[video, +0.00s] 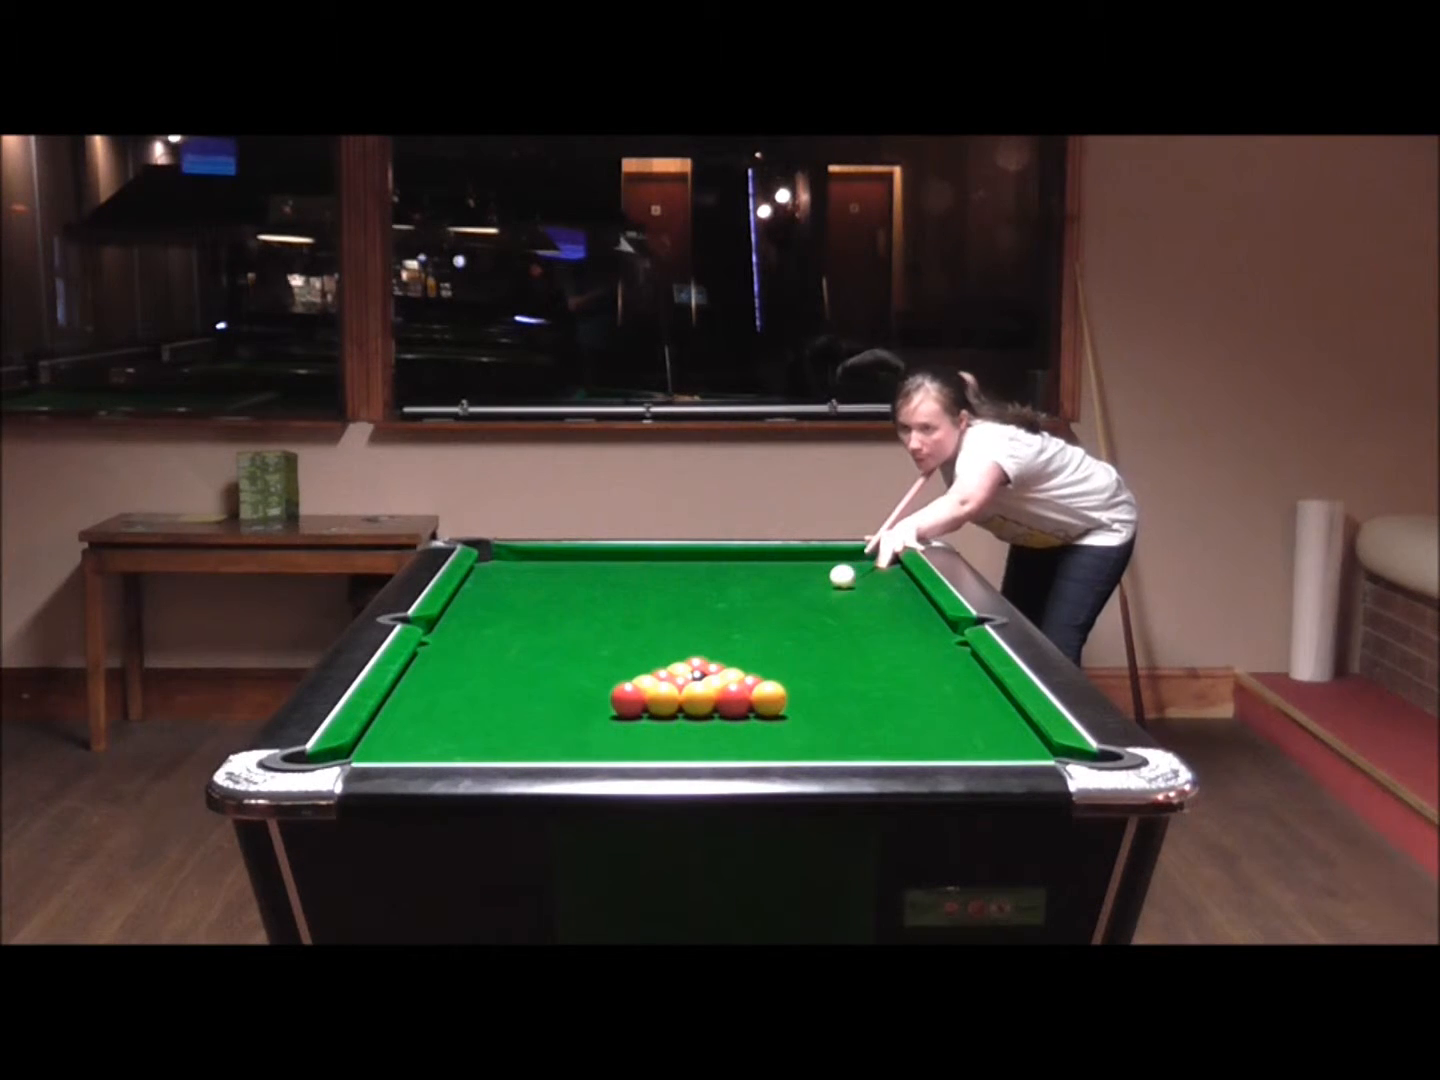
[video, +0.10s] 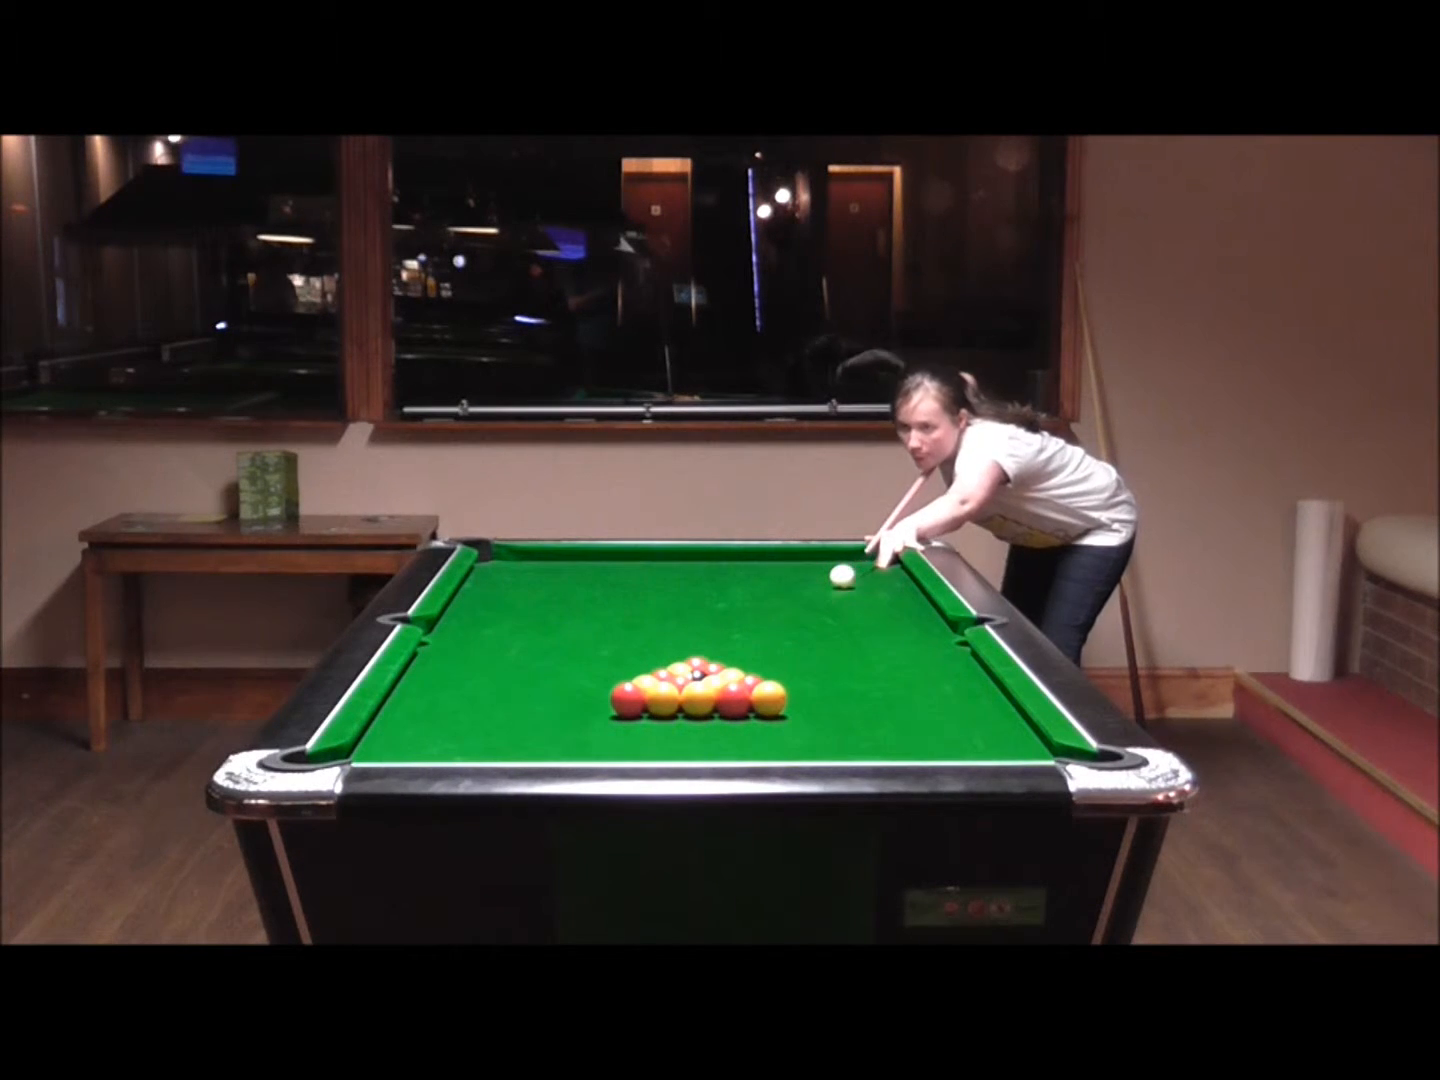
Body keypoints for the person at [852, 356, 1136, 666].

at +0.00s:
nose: (914, 444)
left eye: (928, 429)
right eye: (906, 430)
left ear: (961, 421)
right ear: (898, 428)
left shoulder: (985, 446)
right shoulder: (951, 440)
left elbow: (964, 503)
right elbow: (965, 383)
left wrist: (909, 529)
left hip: (1098, 528)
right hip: (1036, 533)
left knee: (1054, 648)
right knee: (1009, 639)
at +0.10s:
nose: (913, 443)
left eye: (927, 428)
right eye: (905, 429)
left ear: (960, 420)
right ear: (897, 426)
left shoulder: (984, 446)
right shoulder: (950, 440)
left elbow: (964, 502)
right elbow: (965, 382)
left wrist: (909, 528)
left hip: (1097, 528)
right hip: (1036, 533)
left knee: (1054, 648)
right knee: (1009, 639)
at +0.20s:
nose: (912, 443)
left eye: (926, 428)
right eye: (904, 430)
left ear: (960, 422)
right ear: (896, 429)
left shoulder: (985, 448)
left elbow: (962, 505)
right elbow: (958, 369)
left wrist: (909, 529)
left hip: (1097, 528)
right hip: (1035, 533)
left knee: (1054, 648)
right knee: (1008, 637)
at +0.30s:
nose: (912, 443)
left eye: (926, 429)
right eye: (905, 429)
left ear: (960, 422)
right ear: (897, 427)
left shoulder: (983, 452)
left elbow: (962, 506)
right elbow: (956, 349)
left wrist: (909, 530)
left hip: (1097, 526)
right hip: (1037, 530)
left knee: (1054, 647)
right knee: (1008, 637)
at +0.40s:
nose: (914, 434)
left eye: (928, 420)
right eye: (906, 420)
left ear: (962, 415)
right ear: (898, 419)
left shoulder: (986, 449)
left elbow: (962, 508)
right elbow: (960, 356)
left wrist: (909, 528)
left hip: (1097, 524)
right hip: (1038, 528)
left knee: (1056, 646)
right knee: (1014, 636)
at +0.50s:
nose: (918, 428)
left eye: (932, 413)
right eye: (910, 414)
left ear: (967, 409)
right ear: (901, 414)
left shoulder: (991, 441)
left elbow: (969, 505)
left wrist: (914, 529)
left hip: (1096, 525)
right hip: (1037, 529)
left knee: (1057, 649)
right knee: (1015, 638)